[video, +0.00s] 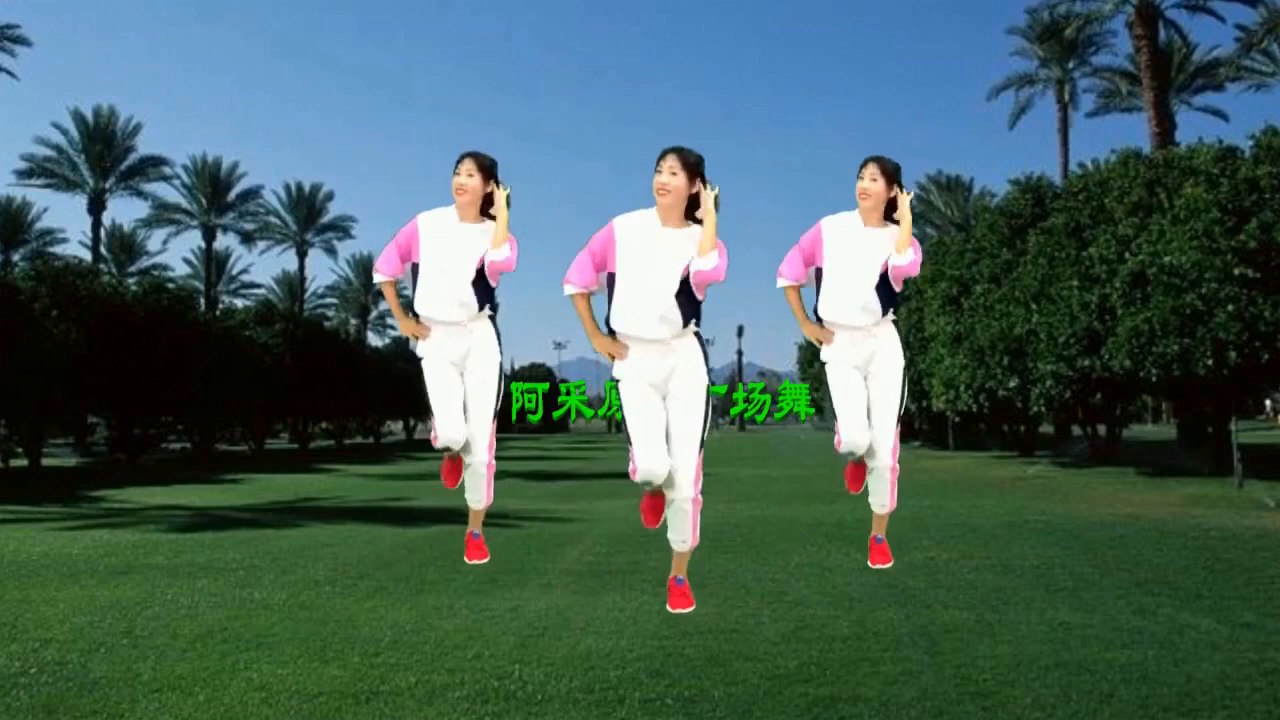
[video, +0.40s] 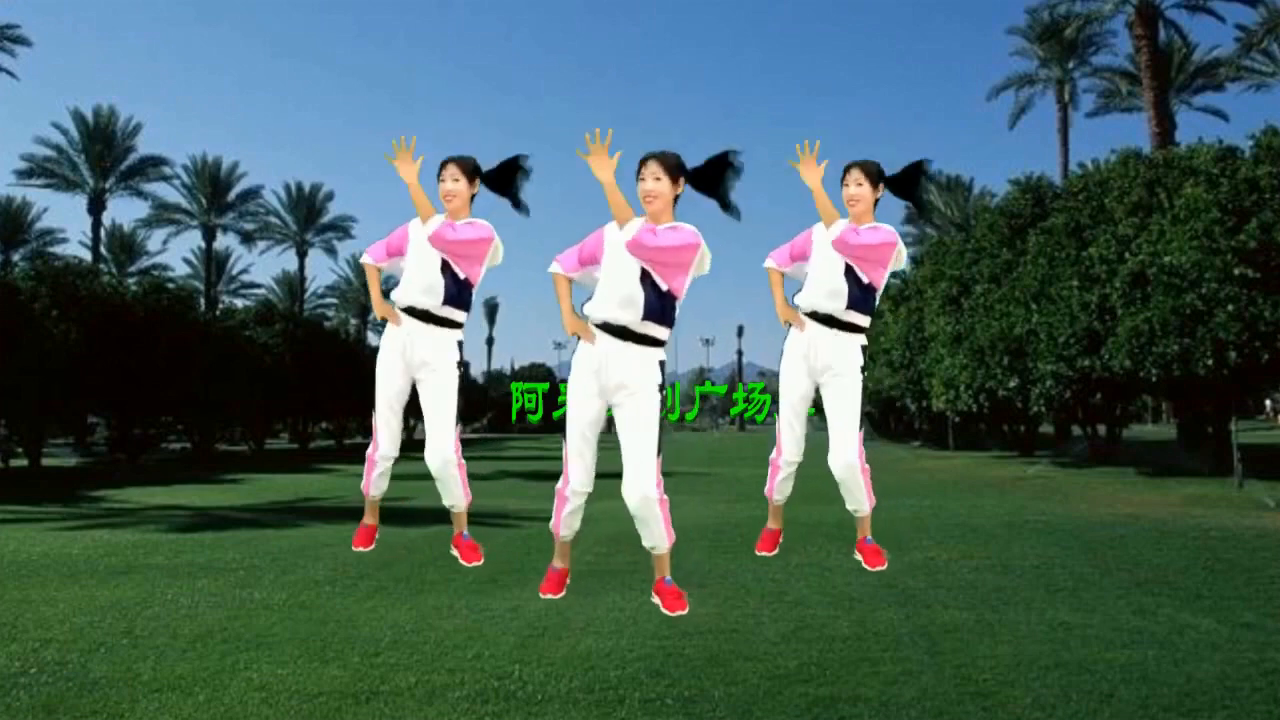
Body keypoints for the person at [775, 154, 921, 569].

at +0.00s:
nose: (864, 185)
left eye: (874, 180)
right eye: (862, 178)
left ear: (892, 191)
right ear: (855, 186)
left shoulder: (900, 237)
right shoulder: (828, 228)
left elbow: (903, 270)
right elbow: (788, 273)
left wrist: (904, 220)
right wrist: (805, 324)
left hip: (883, 341)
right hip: (839, 342)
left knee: (884, 443)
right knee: (855, 441)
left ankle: (879, 535)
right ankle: (859, 459)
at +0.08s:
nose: (865, 176)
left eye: (875, 171)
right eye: (862, 170)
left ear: (892, 182)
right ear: (855, 179)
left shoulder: (898, 228)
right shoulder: (829, 219)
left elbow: (892, 247)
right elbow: (787, 264)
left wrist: (898, 205)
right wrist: (803, 314)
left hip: (878, 332)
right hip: (834, 333)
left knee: (879, 444)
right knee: (842, 445)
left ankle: (879, 534)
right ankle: (846, 477)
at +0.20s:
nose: (864, 155)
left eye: (873, 148)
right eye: (860, 148)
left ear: (886, 159)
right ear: (853, 154)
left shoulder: (895, 205)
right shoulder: (829, 196)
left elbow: (858, 197)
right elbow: (783, 235)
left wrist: (880, 154)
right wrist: (793, 283)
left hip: (864, 305)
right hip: (821, 302)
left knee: (870, 427)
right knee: (812, 425)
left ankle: (879, 530)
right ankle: (803, 501)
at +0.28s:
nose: (860, 159)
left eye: (870, 152)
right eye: (856, 152)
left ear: (887, 161)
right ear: (849, 159)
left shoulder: (893, 206)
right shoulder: (826, 197)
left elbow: (849, 202)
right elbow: (781, 235)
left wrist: (851, 150)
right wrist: (791, 282)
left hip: (856, 311)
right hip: (813, 307)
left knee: (862, 429)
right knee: (802, 426)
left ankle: (873, 529)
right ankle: (785, 511)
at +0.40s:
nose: (852, 191)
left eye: (860, 184)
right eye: (846, 185)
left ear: (878, 193)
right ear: (841, 192)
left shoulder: (887, 238)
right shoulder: (823, 231)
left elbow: (843, 236)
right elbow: (775, 261)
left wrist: (816, 187)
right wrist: (782, 306)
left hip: (845, 346)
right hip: (803, 338)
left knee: (845, 457)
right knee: (788, 446)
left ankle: (865, 537)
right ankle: (773, 525)